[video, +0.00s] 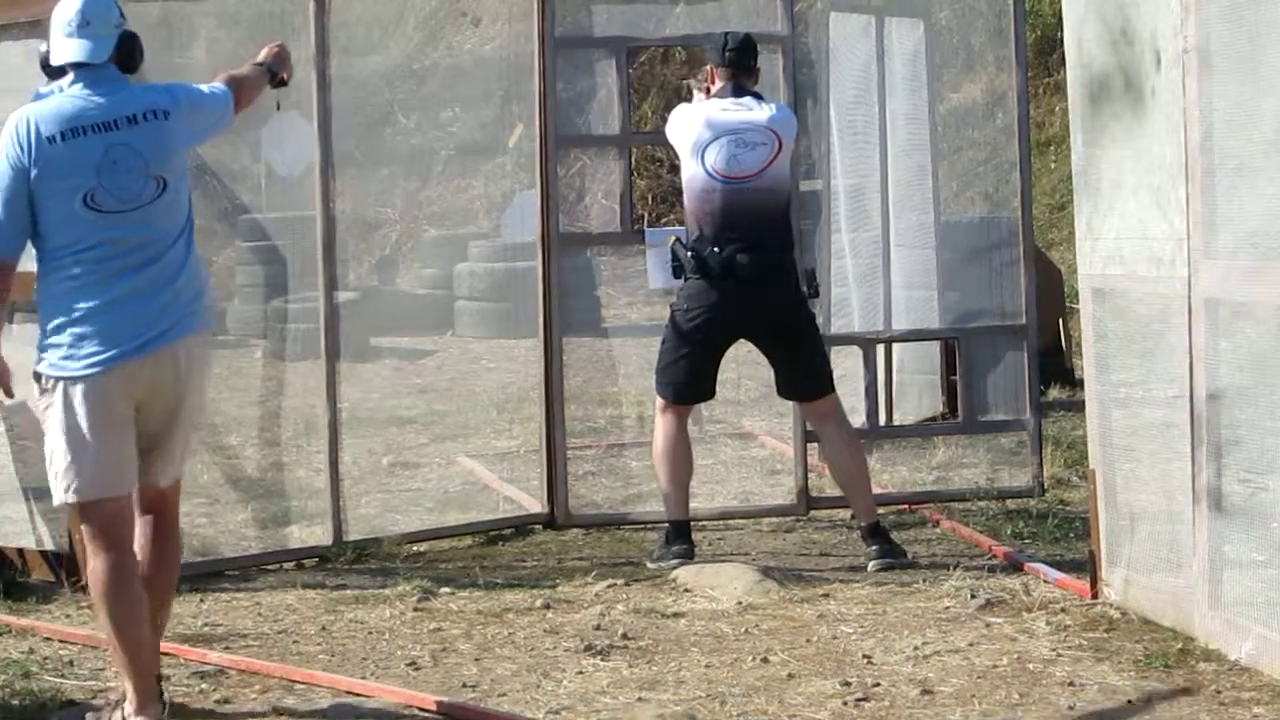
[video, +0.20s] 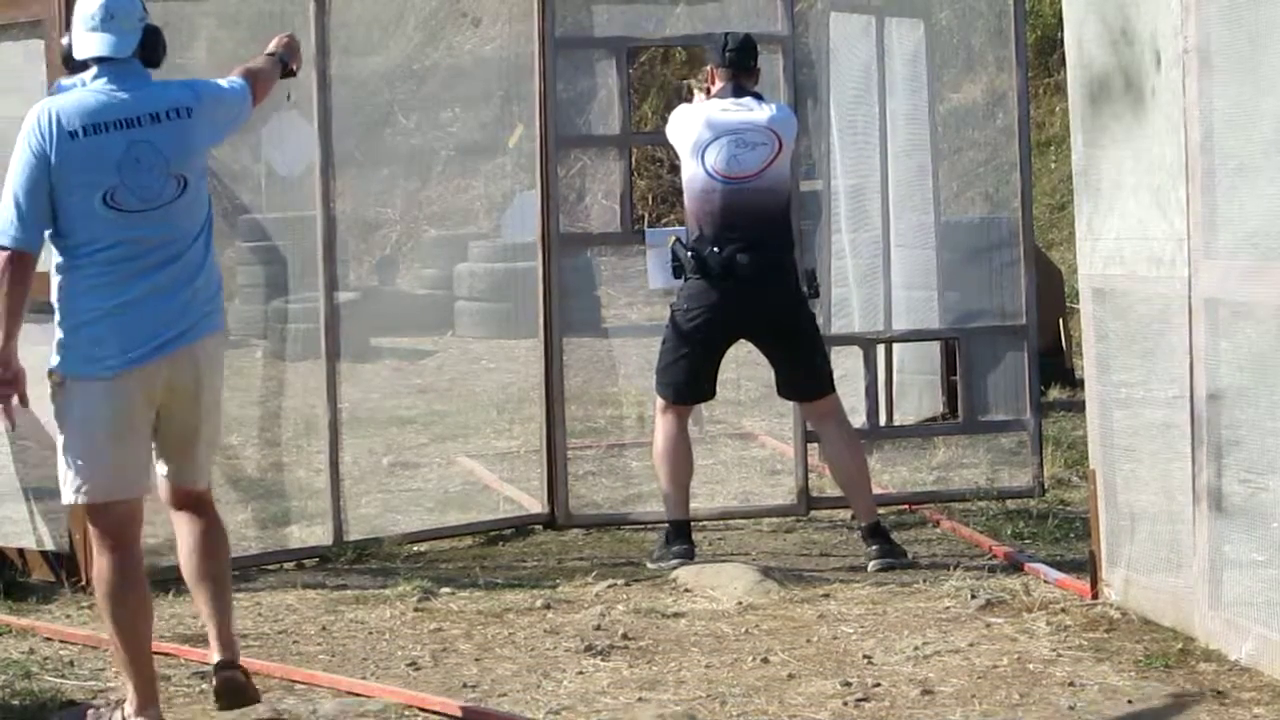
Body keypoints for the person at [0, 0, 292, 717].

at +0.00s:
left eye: (56, 51)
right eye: (120, 46)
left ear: (52, 56)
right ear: (123, 49)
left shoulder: (25, 129)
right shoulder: (169, 107)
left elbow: (7, 271)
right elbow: (237, 93)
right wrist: (269, 64)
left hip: (84, 351)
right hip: (177, 332)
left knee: (106, 539)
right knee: (159, 510)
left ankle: (145, 703)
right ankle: (141, 686)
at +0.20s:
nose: (65, 52)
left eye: (68, 43)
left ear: (73, 51)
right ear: (146, 47)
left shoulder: (49, 120)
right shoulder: (191, 104)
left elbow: (17, 255)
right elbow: (250, 86)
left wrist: (6, 353)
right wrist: (277, 54)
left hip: (101, 352)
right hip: (195, 335)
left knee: (114, 535)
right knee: (192, 495)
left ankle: (142, 703)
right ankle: (225, 653)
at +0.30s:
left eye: (84, 50)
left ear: (87, 52)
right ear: (162, 47)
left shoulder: (64, 120)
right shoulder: (206, 103)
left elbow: (33, 256)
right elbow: (262, 81)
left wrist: (16, 357)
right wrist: (286, 47)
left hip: (110, 356)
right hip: (206, 338)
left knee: (119, 536)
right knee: (218, 505)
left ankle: (141, 704)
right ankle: (276, 653)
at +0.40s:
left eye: (100, 56)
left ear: (103, 56)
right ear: (180, 49)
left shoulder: (82, 121)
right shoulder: (224, 103)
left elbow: (52, 255)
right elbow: (275, 79)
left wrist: (33, 354)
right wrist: (298, 47)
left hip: (126, 359)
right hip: (222, 345)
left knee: (125, 533)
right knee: (248, 519)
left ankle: (143, 704)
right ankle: (315, 675)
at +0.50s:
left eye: (121, 59)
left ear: (124, 59)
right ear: (200, 51)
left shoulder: (105, 123)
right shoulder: (244, 105)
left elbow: (74, 262)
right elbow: (291, 77)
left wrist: (58, 365)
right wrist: (311, 43)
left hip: (145, 361)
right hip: (243, 348)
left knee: (135, 539)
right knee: (275, 529)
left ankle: (144, 703)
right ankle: (327, 694)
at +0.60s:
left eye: (148, 55)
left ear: (147, 57)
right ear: (223, 50)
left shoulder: (130, 125)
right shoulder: (268, 107)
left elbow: (101, 262)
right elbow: (308, 79)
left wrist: (84, 364)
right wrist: (323, 45)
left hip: (168, 356)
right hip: (268, 344)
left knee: (149, 537)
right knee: (293, 532)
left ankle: (144, 704)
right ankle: (329, 702)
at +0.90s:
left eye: (207, 44)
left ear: (205, 48)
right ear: (279, 43)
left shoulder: (190, 113)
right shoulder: (324, 99)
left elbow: (164, 246)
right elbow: (357, 76)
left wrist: (149, 350)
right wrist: (370, 45)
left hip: (226, 351)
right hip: (327, 338)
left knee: (193, 531)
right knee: (326, 533)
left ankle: (179, 699)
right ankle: (336, 705)